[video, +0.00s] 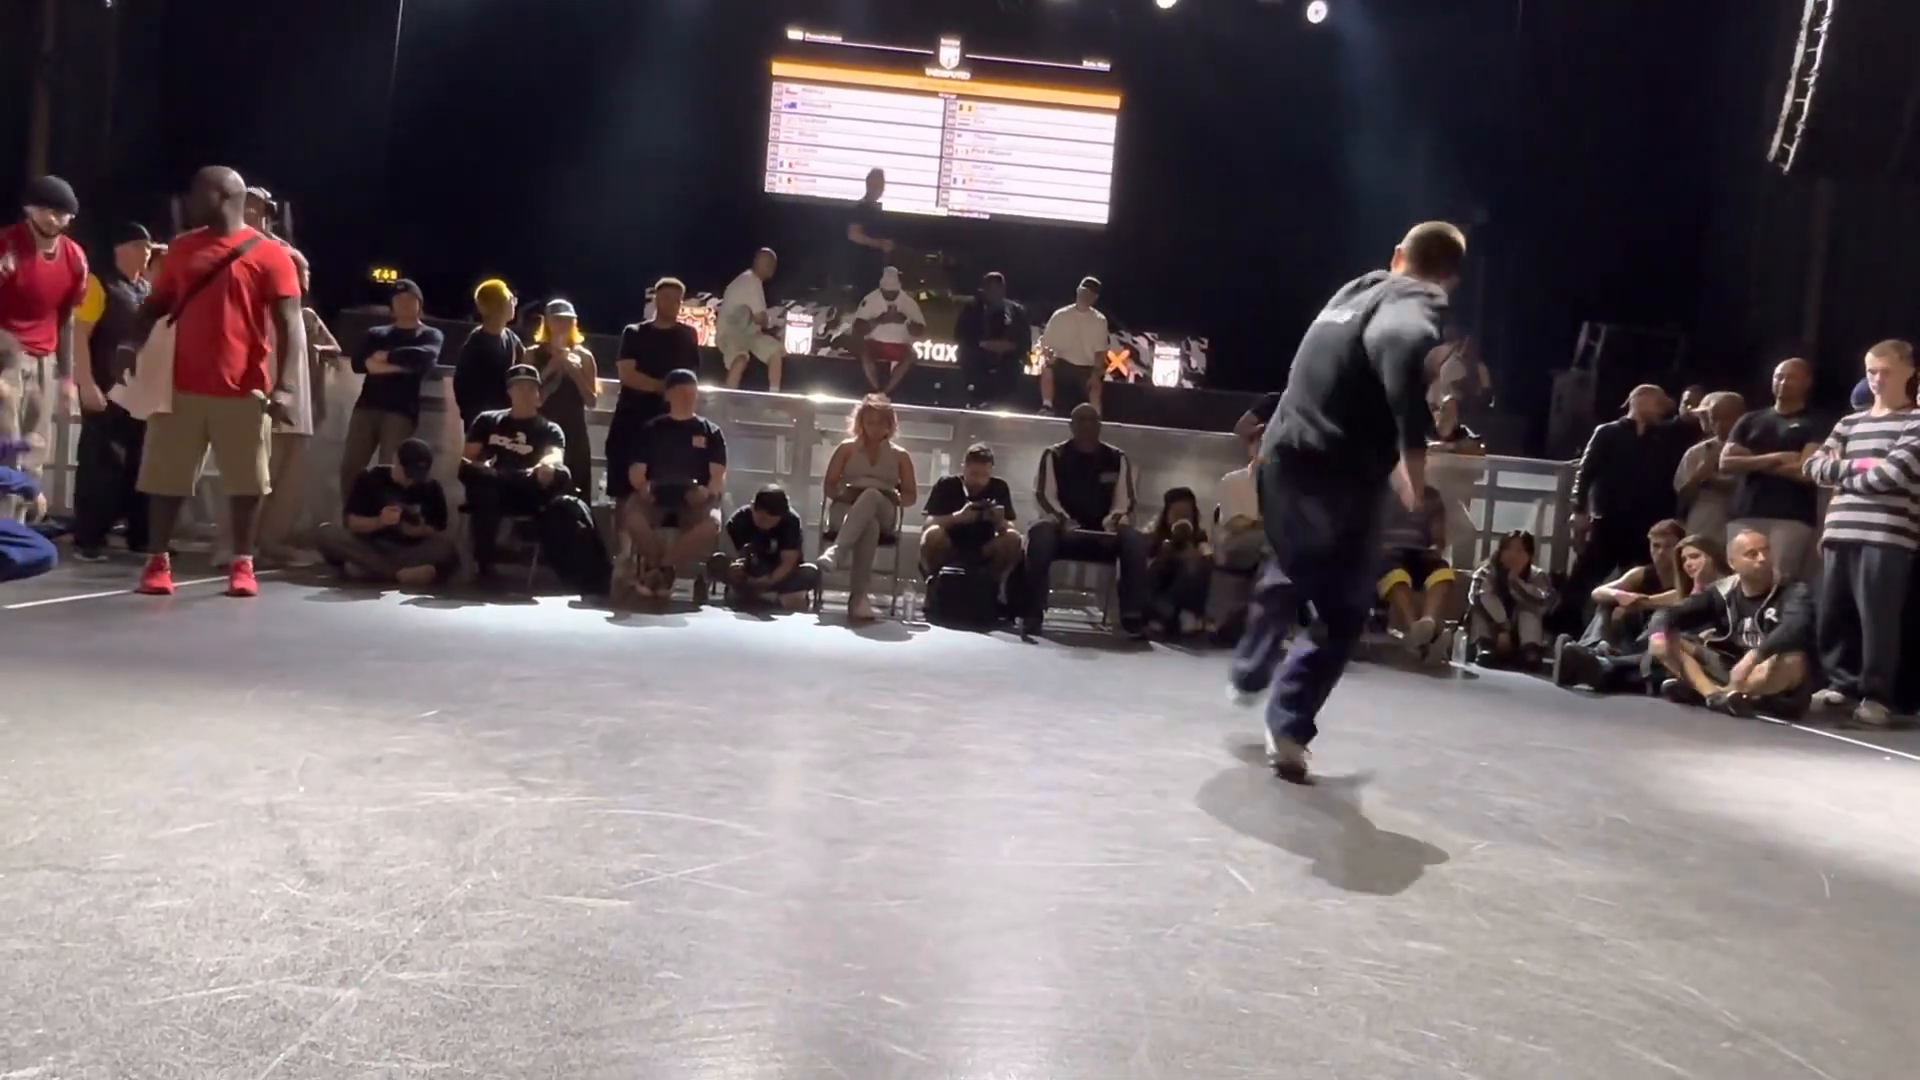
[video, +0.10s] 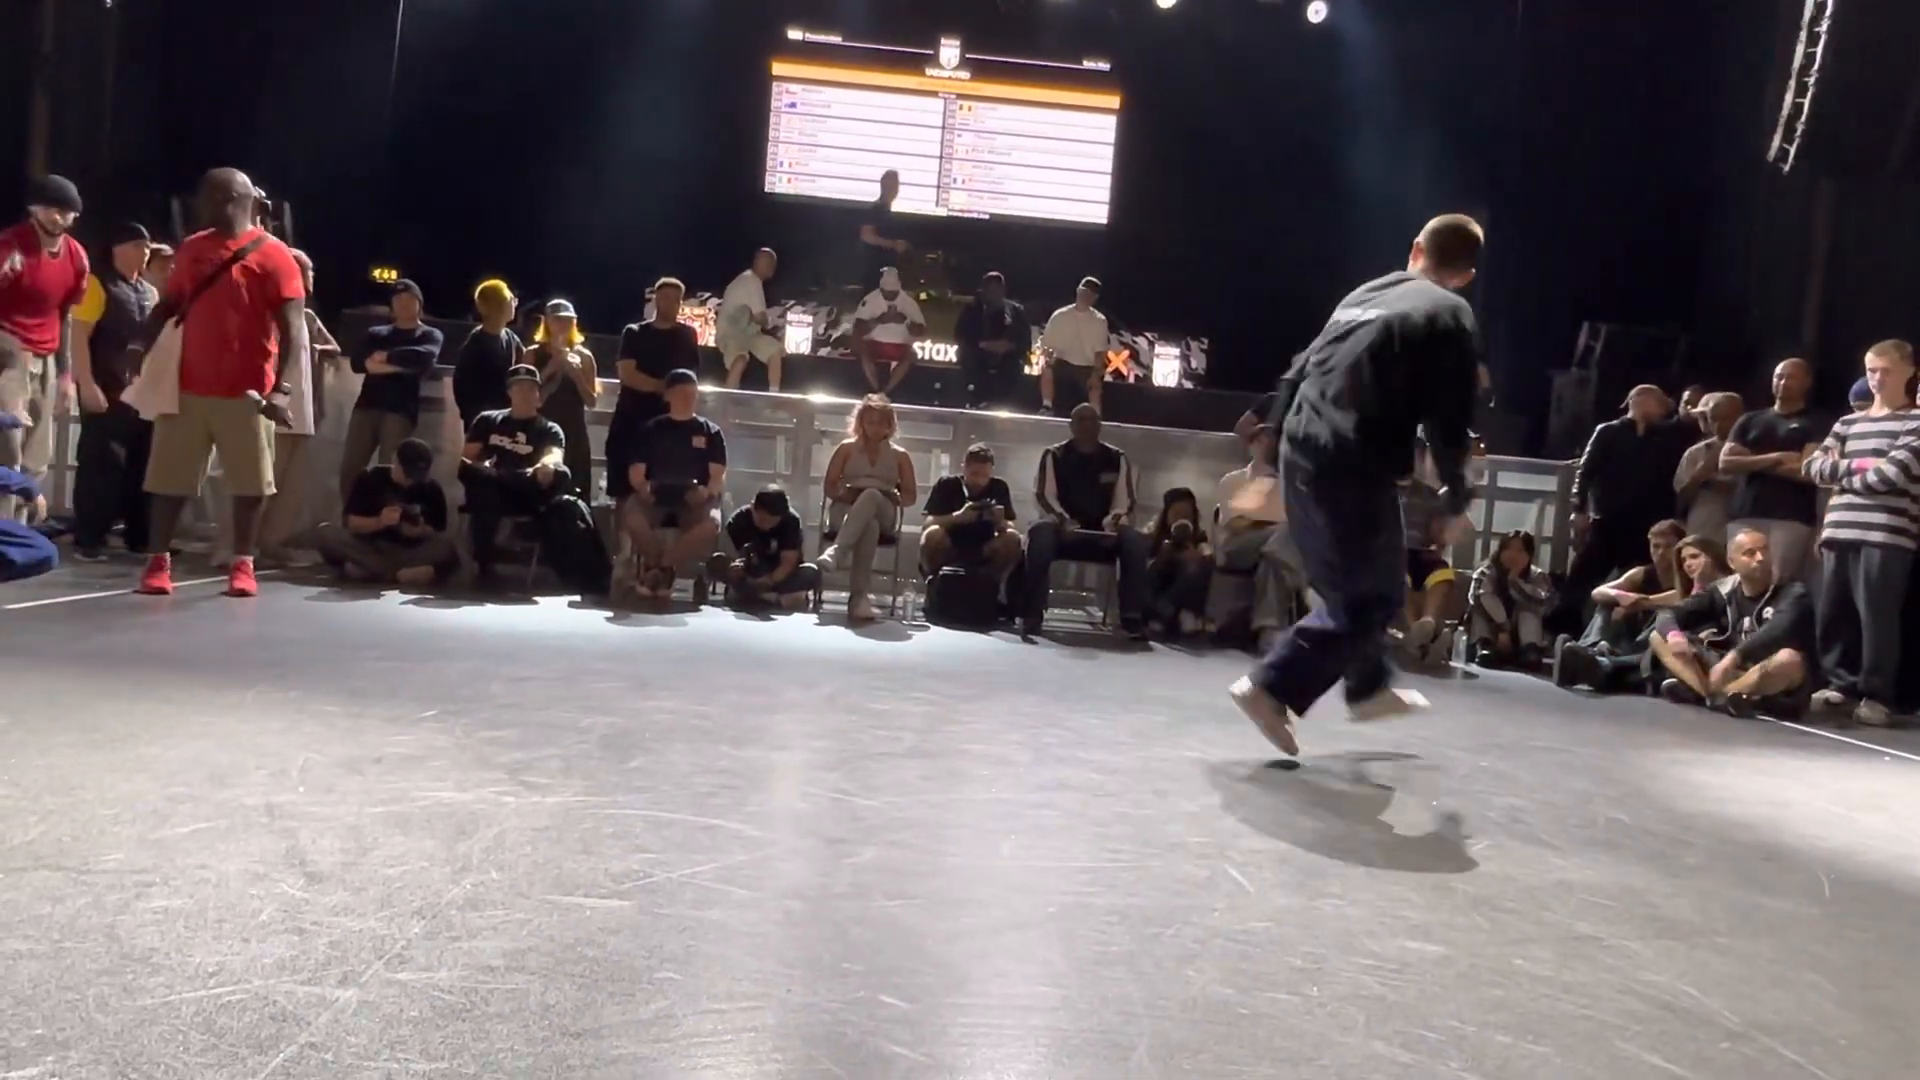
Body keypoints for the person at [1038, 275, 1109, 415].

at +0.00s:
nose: (1086, 294)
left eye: (1090, 291)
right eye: (1083, 289)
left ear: (1095, 297)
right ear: (1077, 291)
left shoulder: (1099, 320)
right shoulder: (1061, 315)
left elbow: (1100, 352)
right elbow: (1045, 341)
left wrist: (1096, 375)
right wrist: (1048, 355)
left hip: (1087, 365)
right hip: (1062, 361)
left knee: (1096, 381)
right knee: (1047, 370)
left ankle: (1095, 416)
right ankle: (1047, 406)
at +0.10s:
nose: (1086, 294)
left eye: (1090, 292)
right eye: (1083, 290)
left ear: (1095, 297)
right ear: (1077, 291)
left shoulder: (1099, 320)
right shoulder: (1060, 315)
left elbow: (1100, 352)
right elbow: (1046, 342)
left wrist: (1096, 375)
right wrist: (1047, 356)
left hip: (1087, 365)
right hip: (1062, 362)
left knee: (1095, 381)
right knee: (1047, 369)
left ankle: (1095, 417)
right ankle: (1047, 406)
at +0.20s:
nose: (1085, 295)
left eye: (1090, 292)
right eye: (1083, 290)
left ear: (1095, 297)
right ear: (1077, 291)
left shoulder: (1099, 320)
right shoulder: (1059, 315)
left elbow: (1100, 352)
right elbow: (1045, 342)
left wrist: (1096, 375)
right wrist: (1047, 357)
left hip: (1086, 365)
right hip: (1062, 362)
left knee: (1095, 382)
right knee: (1046, 369)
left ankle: (1094, 417)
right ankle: (1046, 406)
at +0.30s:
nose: (1085, 295)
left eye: (1089, 292)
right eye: (1082, 290)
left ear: (1094, 297)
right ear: (1076, 292)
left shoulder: (1098, 320)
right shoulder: (1059, 315)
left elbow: (1099, 352)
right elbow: (1045, 343)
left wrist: (1096, 375)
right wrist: (1047, 357)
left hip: (1086, 366)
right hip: (1061, 363)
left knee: (1095, 381)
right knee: (1045, 370)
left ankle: (1093, 417)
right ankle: (1045, 406)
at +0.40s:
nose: (1085, 294)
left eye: (1089, 292)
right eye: (1082, 290)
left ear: (1094, 296)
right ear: (1076, 292)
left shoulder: (1098, 321)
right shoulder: (1059, 315)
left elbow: (1099, 352)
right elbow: (1044, 343)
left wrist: (1095, 375)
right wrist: (1047, 357)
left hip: (1086, 365)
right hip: (1061, 362)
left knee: (1094, 381)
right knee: (1045, 370)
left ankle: (1093, 417)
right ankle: (1045, 406)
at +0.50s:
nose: (1085, 294)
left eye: (1089, 291)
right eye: (1082, 290)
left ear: (1094, 296)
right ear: (1075, 292)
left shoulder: (1098, 321)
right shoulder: (1059, 316)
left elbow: (1099, 352)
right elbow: (1045, 344)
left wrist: (1095, 375)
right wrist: (1047, 358)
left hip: (1086, 365)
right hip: (1061, 362)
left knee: (1094, 382)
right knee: (1045, 371)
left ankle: (1093, 417)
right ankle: (1045, 406)